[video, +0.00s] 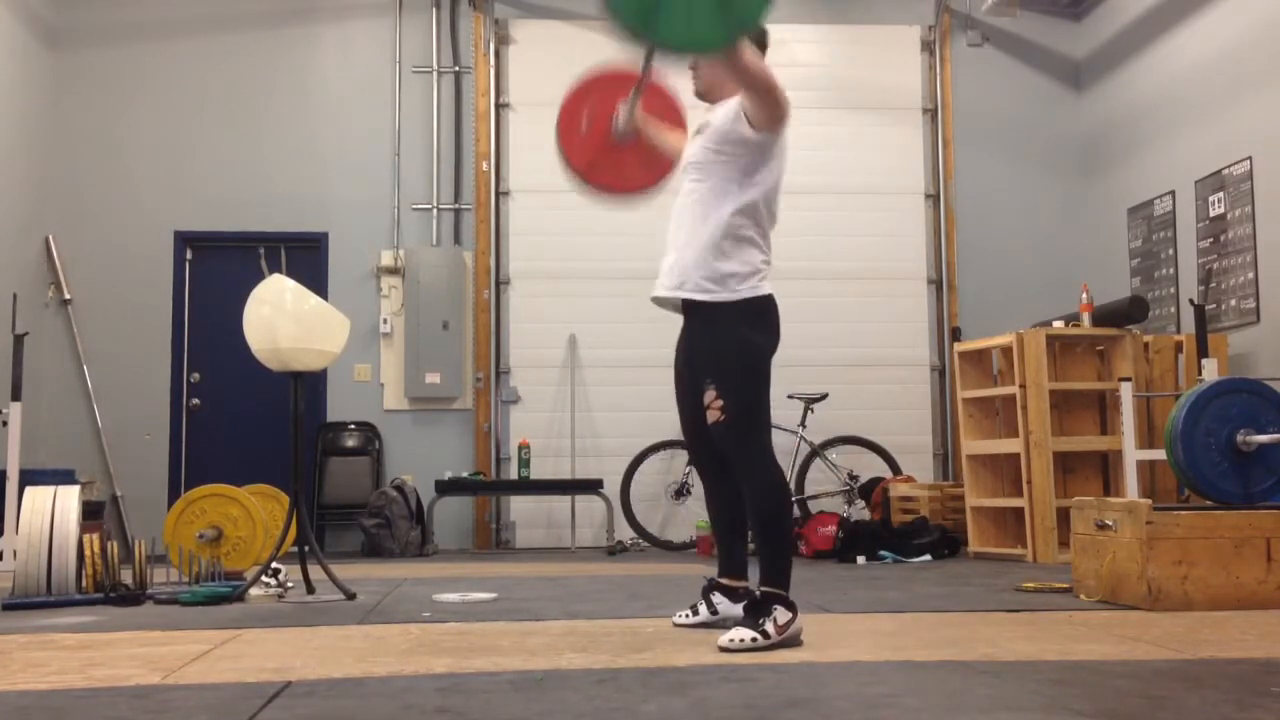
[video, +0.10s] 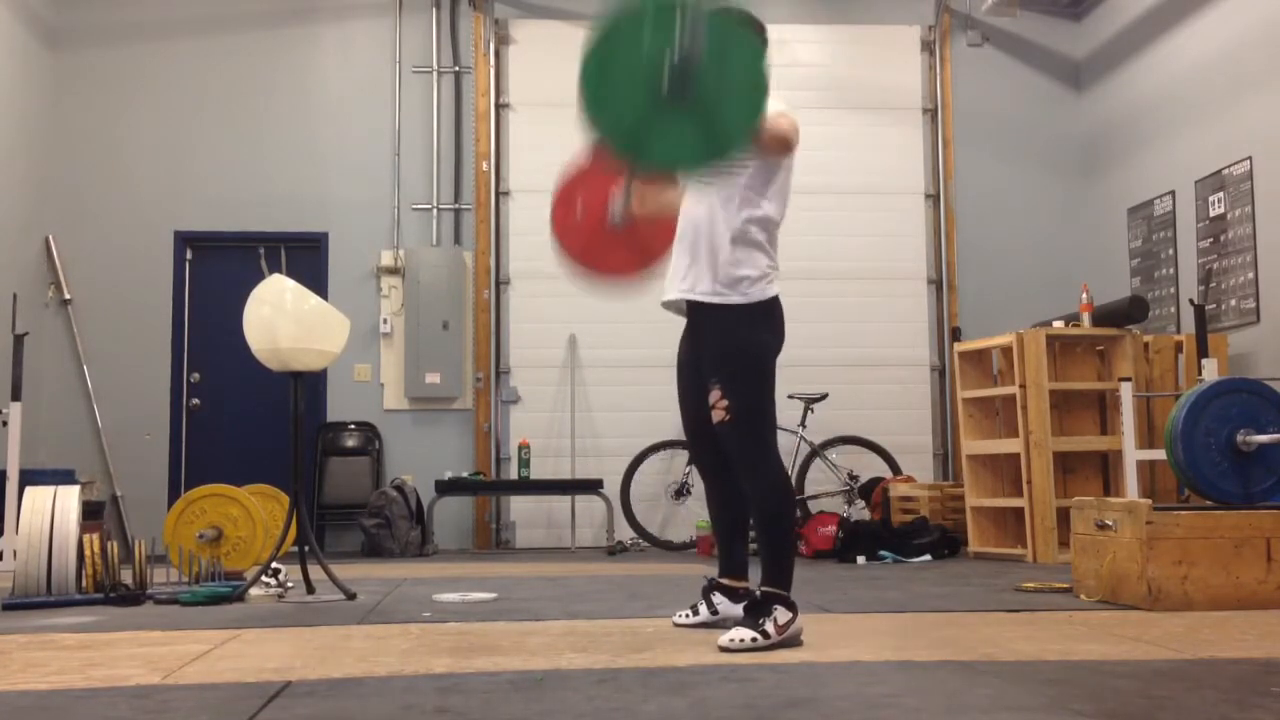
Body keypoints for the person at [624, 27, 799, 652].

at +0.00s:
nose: (691, 64)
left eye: (701, 54)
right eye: (689, 54)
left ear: (736, 55)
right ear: (705, 63)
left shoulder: (756, 116)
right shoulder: (711, 126)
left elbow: (769, 101)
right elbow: (689, 160)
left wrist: (728, 39)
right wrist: (639, 123)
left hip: (739, 313)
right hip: (701, 314)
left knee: (750, 454)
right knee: (709, 456)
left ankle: (777, 606)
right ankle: (730, 594)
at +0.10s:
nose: (723, 66)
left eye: (733, 53)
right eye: (715, 54)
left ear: (753, 59)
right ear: (705, 62)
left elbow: (771, 137)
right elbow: (656, 187)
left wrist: (710, 98)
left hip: (746, 316)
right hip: (702, 316)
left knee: (755, 457)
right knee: (710, 457)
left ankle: (778, 607)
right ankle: (731, 594)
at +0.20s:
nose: (699, 76)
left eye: (710, 63)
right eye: (693, 67)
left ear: (745, 61)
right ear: (693, 71)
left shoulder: (755, 116)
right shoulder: (721, 130)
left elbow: (772, 168)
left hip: (751, 312)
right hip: (713, 309)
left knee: (756, 452)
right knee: (712, 452)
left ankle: (779, 607)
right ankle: (731, 593)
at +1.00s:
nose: (614, 114)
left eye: (618, 98)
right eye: (604, 104)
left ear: (651, 81)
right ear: (604, 103)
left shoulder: (690, 128)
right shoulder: (668, 143)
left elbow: (732, 197)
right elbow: (691, 233)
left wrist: (693, 276)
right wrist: (675, 308)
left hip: (720, 313)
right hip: (705, 314)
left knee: (691, 445)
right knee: (709, 449)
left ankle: (720, 591)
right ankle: (731, 592)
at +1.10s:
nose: (597, 119)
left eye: (600, 102)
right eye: (589, 108)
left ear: (632, 84)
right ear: (616, 97)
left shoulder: (676, 129)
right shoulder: (655, 143)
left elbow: (719, 199)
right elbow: (686, 229)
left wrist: (677, 284)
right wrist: (672, 302)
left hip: (717, 314)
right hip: (700, 314)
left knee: (698, 451)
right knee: (711, 451)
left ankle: (731, 591)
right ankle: (729, 592)